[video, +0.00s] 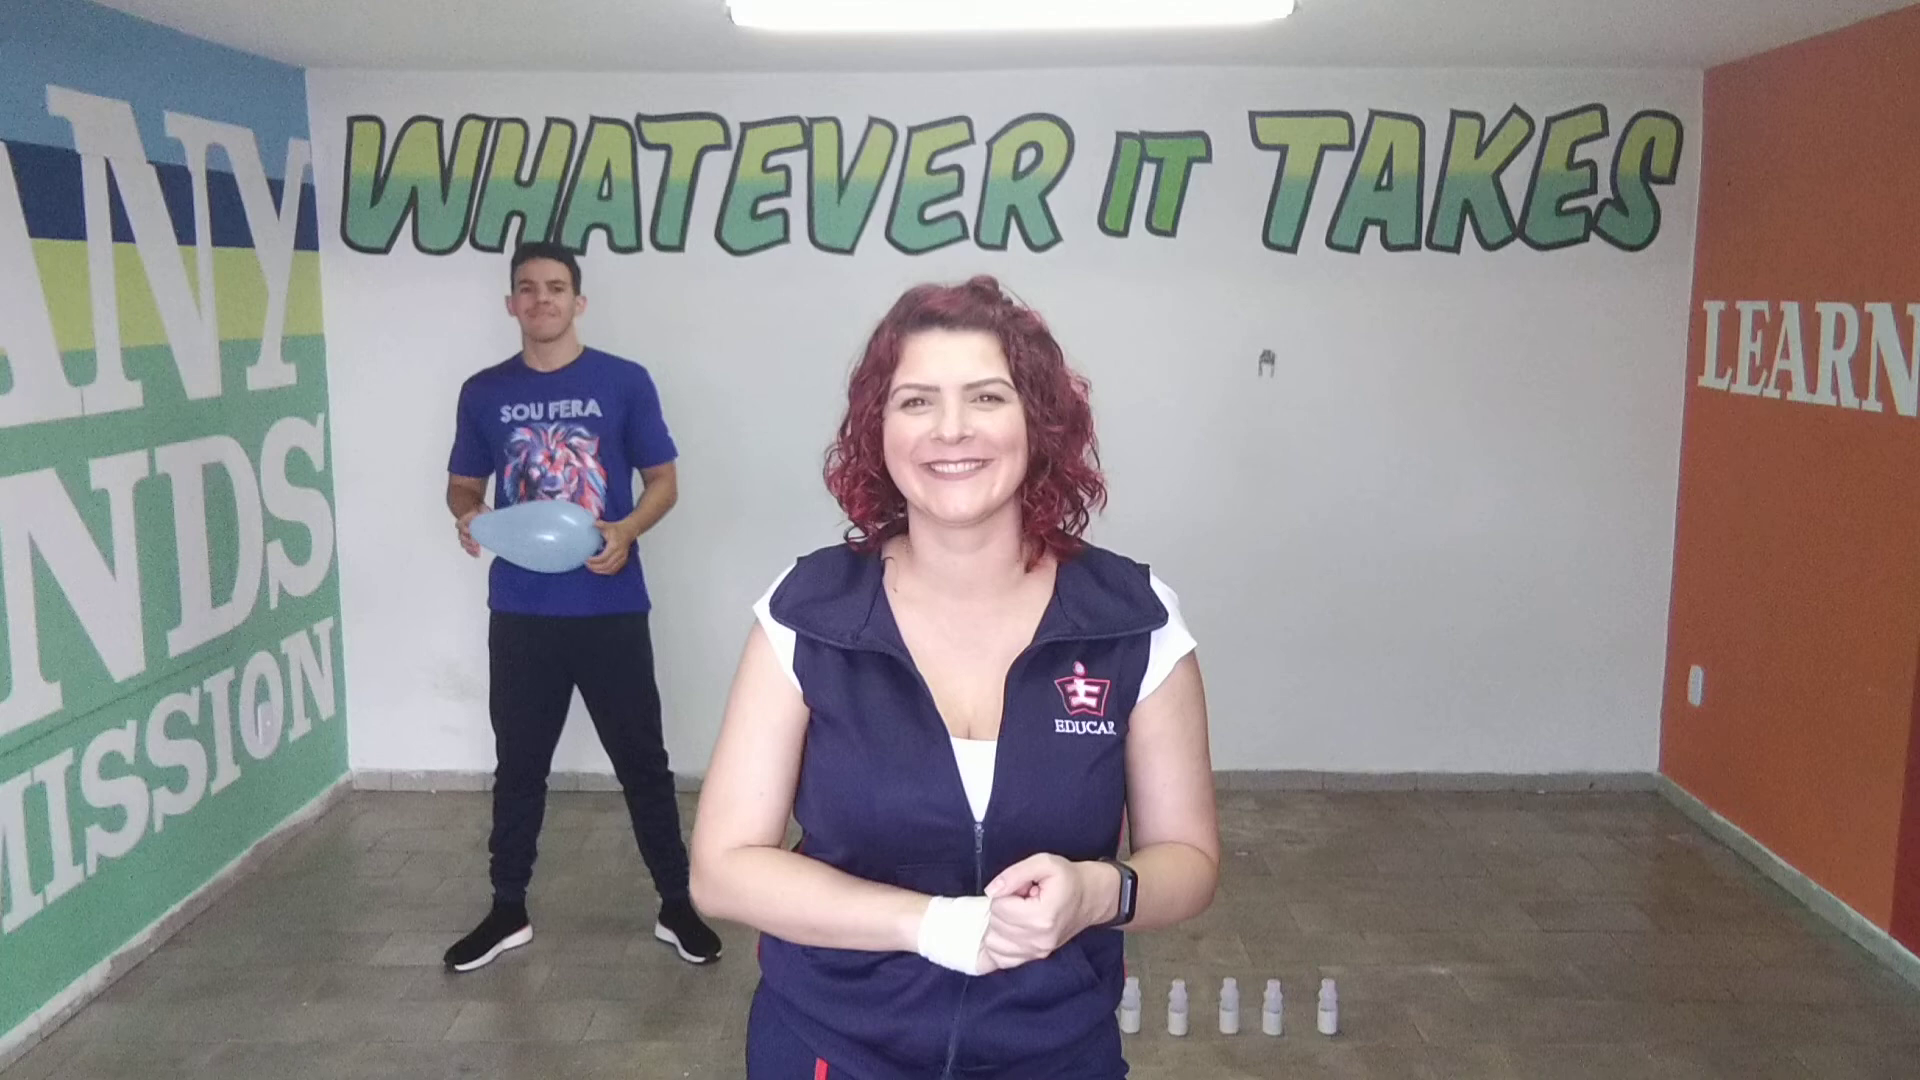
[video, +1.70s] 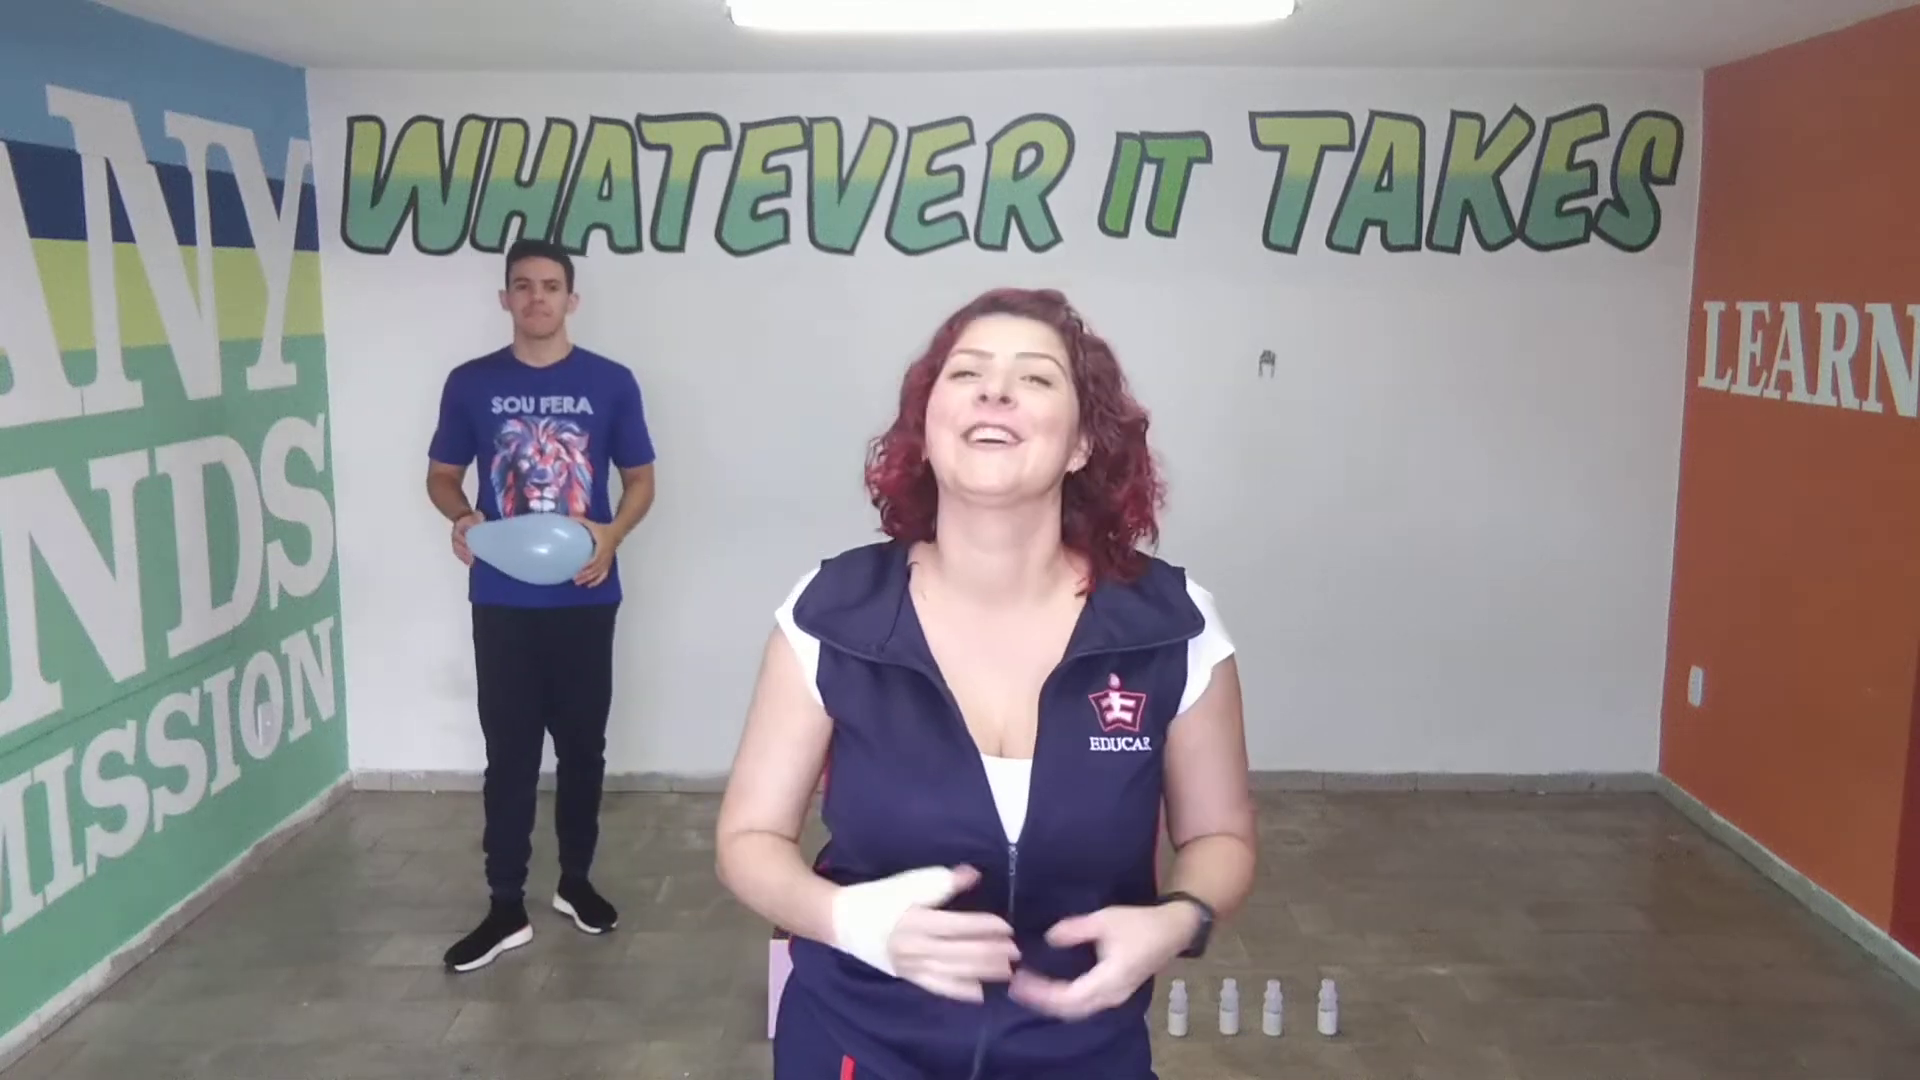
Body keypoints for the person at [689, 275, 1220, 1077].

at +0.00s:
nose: (952, 428)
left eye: (987, 398)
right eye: (917, 401)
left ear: (1038, 421)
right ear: (878, 429)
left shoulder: (1131, 617)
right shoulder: (810, 609)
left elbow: (1186, 860)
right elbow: (722, 870)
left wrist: (1099, 894)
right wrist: (929, 922)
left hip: (1054, 1057)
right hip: (835, 1055)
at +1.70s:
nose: (993, 393)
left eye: (1035, 379)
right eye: (966, 373)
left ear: (1080, 445)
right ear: (923, 424)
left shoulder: (1167, 622)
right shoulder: (837, 608)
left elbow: (1218, 835)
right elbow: (749, 838)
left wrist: (1179, 922)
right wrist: (847, 920)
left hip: (1080, 1055)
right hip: (863, 1051)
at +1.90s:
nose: (1018, 398)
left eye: (1055, 379)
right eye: (985, 378)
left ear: (1104, 430)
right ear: (939, 428)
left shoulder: (1192, 621)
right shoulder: (854, 614)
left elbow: (1247, 820)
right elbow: (791, 825)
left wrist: (1272, 894)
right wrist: (772, 910)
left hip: (1110, 1052)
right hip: (887, 1047)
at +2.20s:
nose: (1086, 408)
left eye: (1127, 385)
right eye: (1053, 379)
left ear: (1180, 431)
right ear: (1004, 421)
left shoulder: (1269, 624)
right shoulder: (922, 615)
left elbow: (1325, 841)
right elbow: (866, 825)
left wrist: (1369, 908)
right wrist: (811, 904)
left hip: (1196, 1049)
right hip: (966, 1043)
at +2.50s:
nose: (1156, 422)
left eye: (1200, 393)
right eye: (1124, 386)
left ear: (1254, 430)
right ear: (1075, 411)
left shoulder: (1356, 627)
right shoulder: (1003, 613)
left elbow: (1430, 871)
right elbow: (958, 833)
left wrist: (1453, 882)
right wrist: (865, 876)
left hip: (1286, 1050)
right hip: (1050, 1048)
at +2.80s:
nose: (1223, 431)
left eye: (1269, 398)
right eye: (1191, 393)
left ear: (1326, 435)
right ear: (1141, 421)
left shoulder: (1439, 652)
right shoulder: (1088, 615)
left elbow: (1540, 922)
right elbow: (1064, 828)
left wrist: (1465, 958)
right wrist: (943, 862)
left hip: (1335, 1057)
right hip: (1111, 1053)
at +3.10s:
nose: (1278, 443)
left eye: (1324, 405)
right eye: (1241, 406)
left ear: (1389, 434)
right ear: (1197, 433)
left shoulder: (1504, 662)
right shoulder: (1137, 612)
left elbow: (1577, 960)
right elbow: (1070, 811)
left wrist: (1389, 991)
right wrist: (1057, 868)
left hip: (1389, 1063)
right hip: (1142, 1060)